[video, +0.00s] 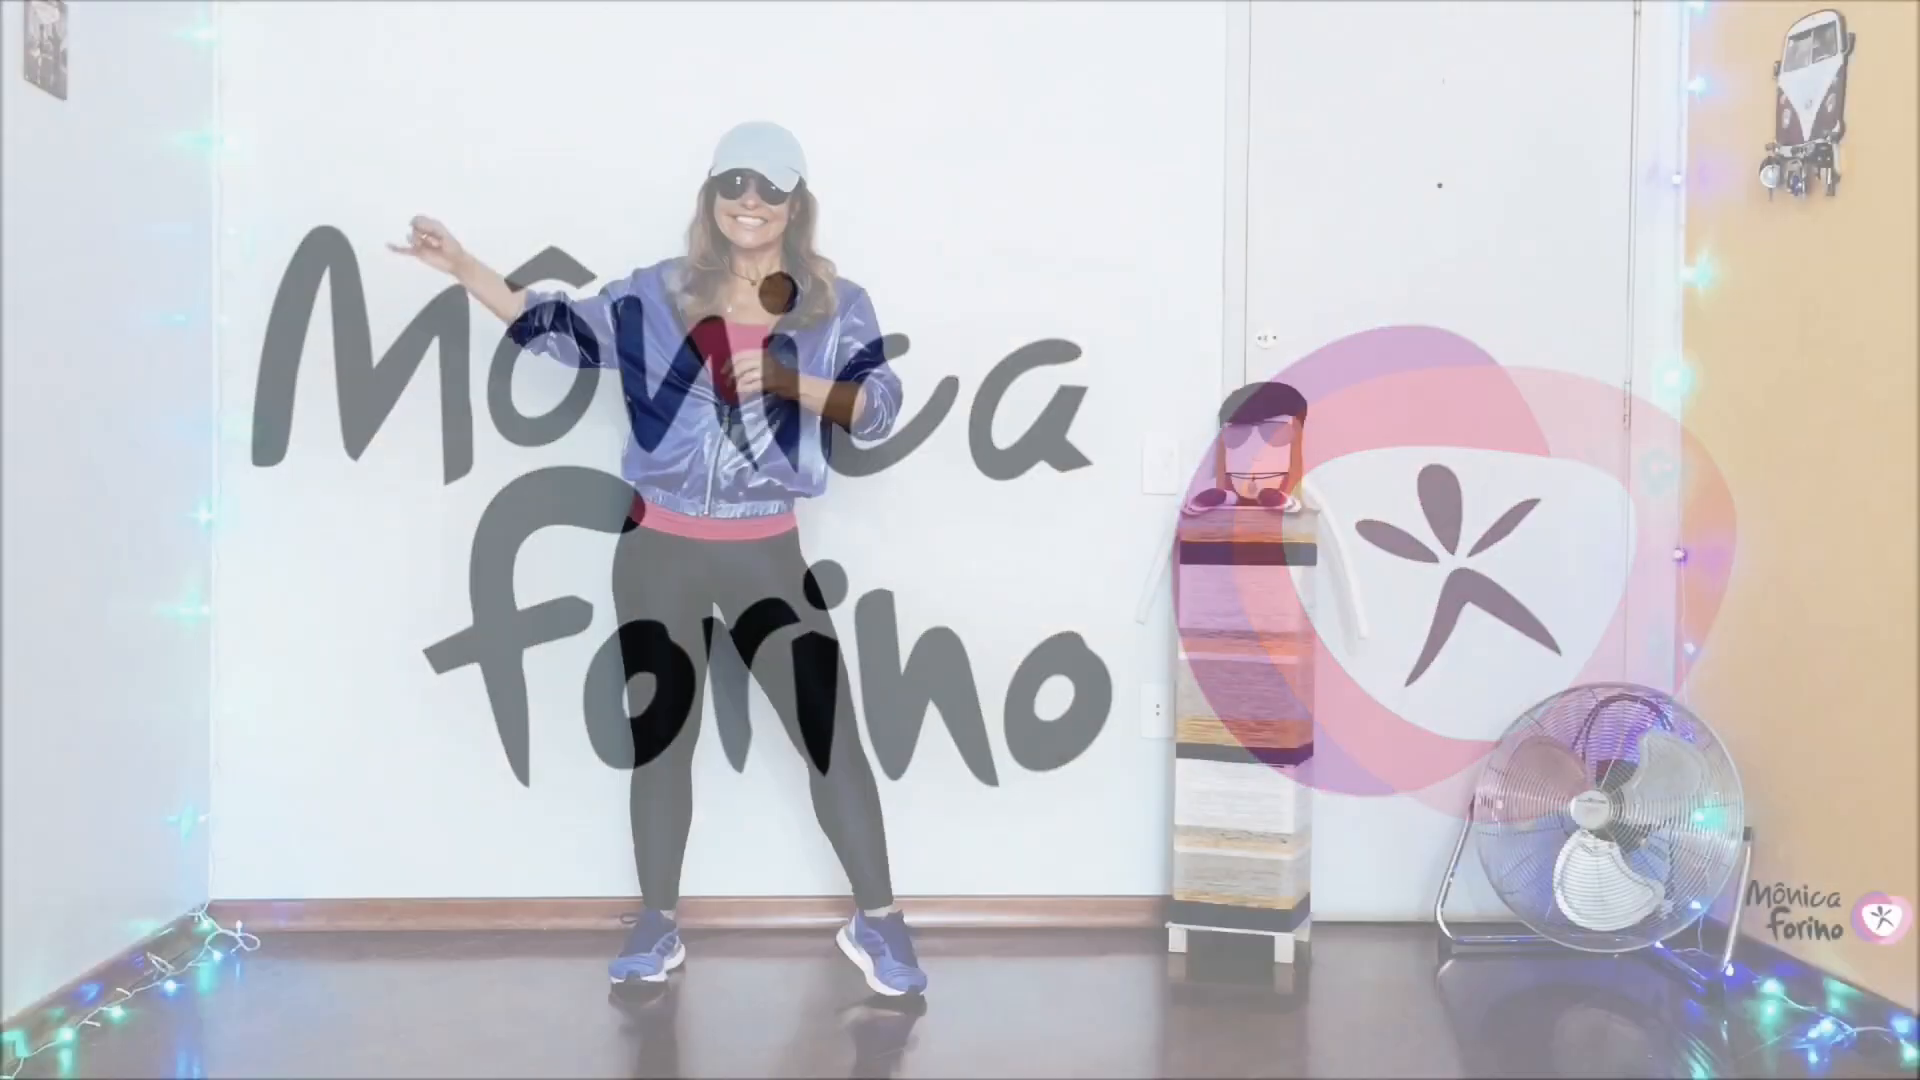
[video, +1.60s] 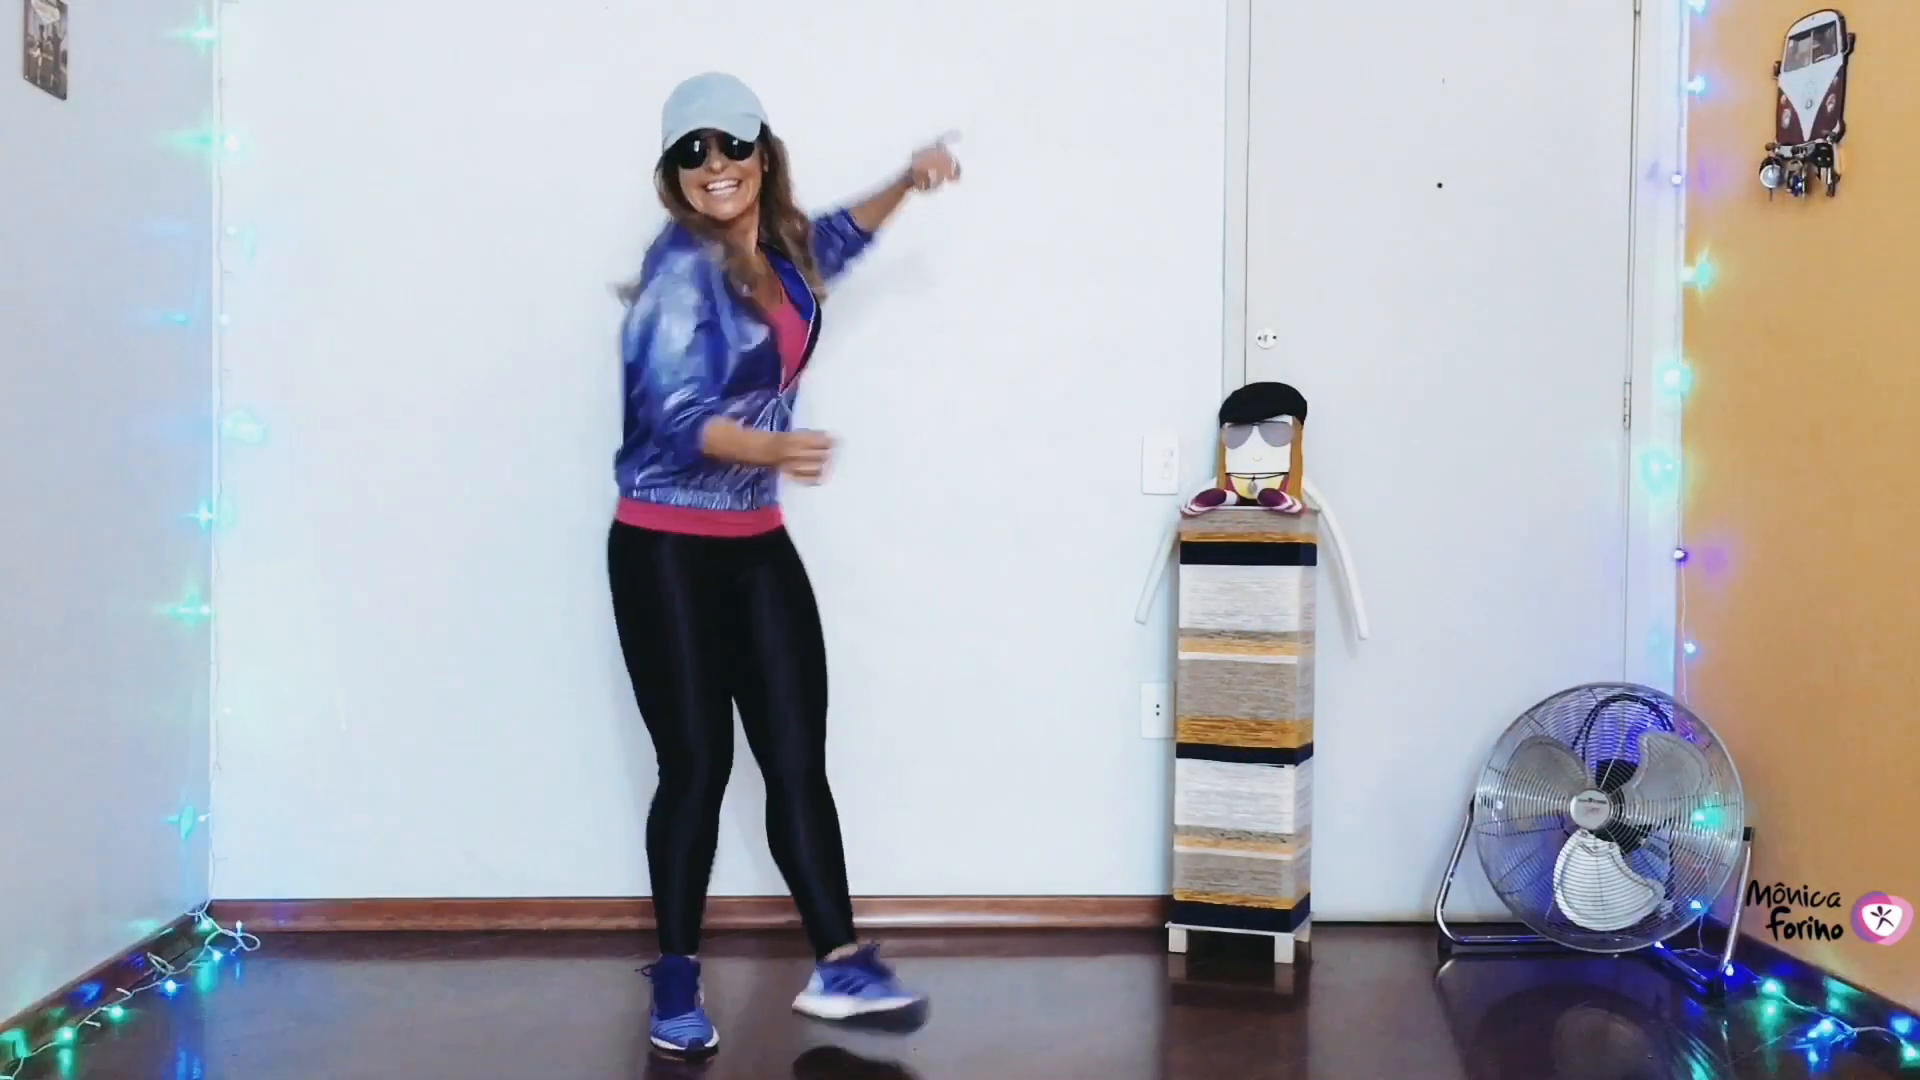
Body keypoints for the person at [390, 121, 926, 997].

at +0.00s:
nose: (752, 204)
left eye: (771, 189)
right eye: (735, 187)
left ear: (797, 204)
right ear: (710, 200)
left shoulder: (832, 299)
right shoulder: (657, 293)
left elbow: (877, 404)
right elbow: (556, 325)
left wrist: (788, 379)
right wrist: (463, 265)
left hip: (765, 547)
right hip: (661, 544)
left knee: (826, 716)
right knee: (660, 724)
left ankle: (879, 919)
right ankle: (656, 921)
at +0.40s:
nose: (712, 203)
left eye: (735, 198)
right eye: (703, 184)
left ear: (754, 225)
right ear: (679, 193)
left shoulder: (749, 331)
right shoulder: (661, 295)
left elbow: (726, 446)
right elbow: (639, 318)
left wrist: (635, 390)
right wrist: (582, 254)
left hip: (714, 560)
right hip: (633, 557)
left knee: (740, 739)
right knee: (621, 738)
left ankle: (866, 876)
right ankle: (661, 924)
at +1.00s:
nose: (687, 191)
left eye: (708, 178)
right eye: (671, 173)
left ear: (739, 195)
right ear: (649, 188)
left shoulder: (754, 276)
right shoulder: (648, 293)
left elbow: (835, 329)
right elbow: (623, 397)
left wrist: (708, 323)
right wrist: (548, 345)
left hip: (722, 559)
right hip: (640, 555)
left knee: (726, 750)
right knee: (635, 736)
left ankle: (791, 975)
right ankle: (657, 921)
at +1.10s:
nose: (692, 187)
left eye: (713, 173)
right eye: (675, 170)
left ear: (739, 190)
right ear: (650, 186)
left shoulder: (776, 270)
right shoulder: (654, 306)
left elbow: (904, 314)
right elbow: (606, 412)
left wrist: (815, 292)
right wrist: (517, 355)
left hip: (770, 562)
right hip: (683, 562)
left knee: (757, 770)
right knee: (579, 721)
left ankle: (799, 994)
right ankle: (634, 894)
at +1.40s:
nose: (715, 195)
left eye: (735, 178)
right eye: (694, 178)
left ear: (765, 193)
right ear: (669, 195)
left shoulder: (825, 291)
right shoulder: (640, 315)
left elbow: (923, 333)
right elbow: (633, 465)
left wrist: (948, 278)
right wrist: (584, 447)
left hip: (808, 572)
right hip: (698, 576)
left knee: (801, 783)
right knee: (620, 745)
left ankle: (803, 999)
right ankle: (687, 925)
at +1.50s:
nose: (712, 185)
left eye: (730, 166)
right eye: (691, 171)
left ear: (762, 176)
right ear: (670, 188)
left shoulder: (801, 277)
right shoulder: (646, 293)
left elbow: (866, 300)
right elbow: (638, 411)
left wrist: (921, 249)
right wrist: (657, 446)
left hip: (789, 564)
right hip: (680, 570)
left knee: (807, 779)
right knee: (685, 782)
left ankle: (809, 992)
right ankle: (680, 975)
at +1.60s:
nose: (718, 169)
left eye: (734, 148)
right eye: (694, 156)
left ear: (765, 155)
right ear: (673, 177)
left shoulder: (786, 250)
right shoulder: (680, 271)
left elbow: (837, 235)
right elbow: (674, 416)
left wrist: (904, 184)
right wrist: (766, 448)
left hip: (755, 541)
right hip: (665, 547)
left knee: (798, 753)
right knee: (695, 763)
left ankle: (840, 962)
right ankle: (677, 979)